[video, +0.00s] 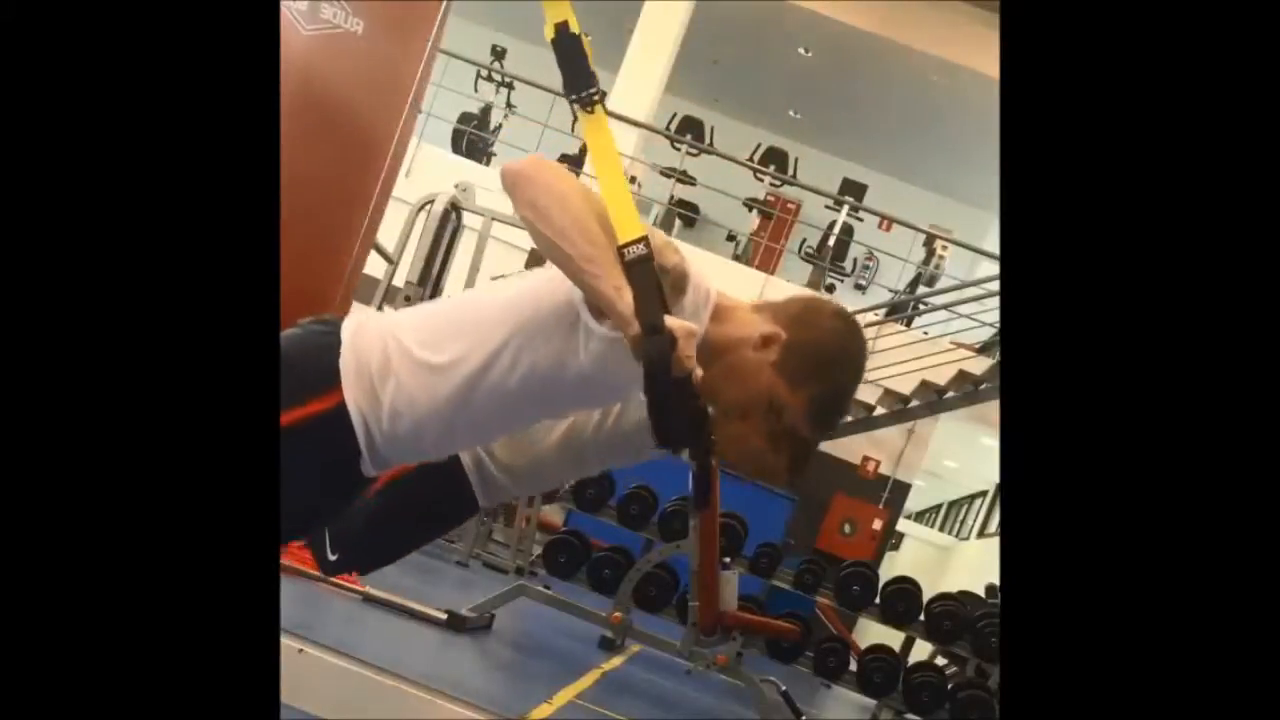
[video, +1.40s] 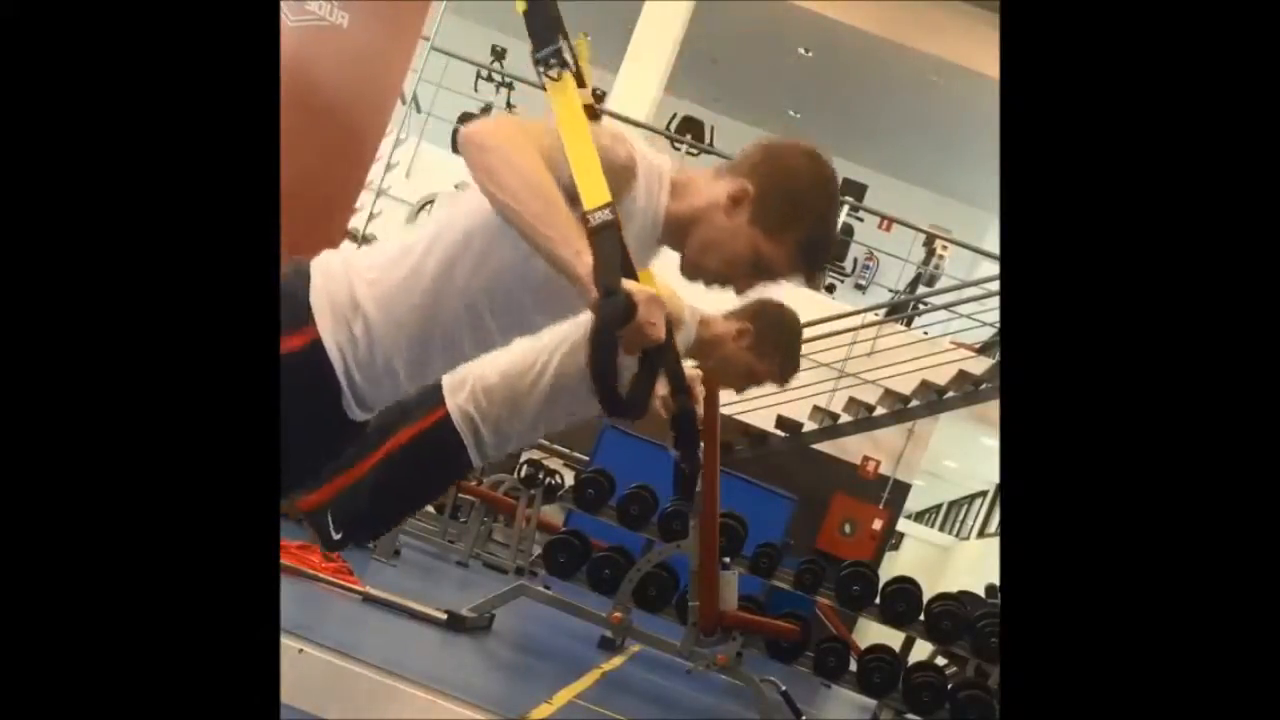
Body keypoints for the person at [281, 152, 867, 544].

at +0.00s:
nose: (749, 423)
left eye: (768, 423)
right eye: (768, 410)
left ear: (766, 338)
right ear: (767, 341)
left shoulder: (678, 367)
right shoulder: (667, 277)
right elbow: (528, 177)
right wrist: (629, 313)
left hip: (357, 448)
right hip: (326, 402)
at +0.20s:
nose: (731, 354)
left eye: (752, 354)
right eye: (750, 338)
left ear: (748, 258)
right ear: (748, 263)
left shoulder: (660, 305)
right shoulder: (647, 211)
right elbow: (511, 152)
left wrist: (666, 393)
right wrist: (612, 307)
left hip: (349, 414)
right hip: (311, 345)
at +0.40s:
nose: (721, 278)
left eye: (741, 274)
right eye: (738, 261)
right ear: (729, 191)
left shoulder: (633, 233)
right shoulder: (615, 140)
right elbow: (500, 139)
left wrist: (656, 372)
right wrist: (597, 289)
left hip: (345, 361)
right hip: (307, 300)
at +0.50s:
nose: (714, 243)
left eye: (735, 237)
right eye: (732, 222)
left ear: (722, 142)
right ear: (721, 147)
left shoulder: (622, 213)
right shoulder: (603, 106)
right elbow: (497, 134)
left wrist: (667, 385)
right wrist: (593, 276)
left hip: (343, 352)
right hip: (298, 287)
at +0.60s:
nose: (706, 200)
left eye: (728, 194)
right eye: (721, 177)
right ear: (700, 109)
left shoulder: (612, 173)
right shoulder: (578, 75)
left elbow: (610, 278)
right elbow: (500, 142)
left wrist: (656, 375)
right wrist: (594, 282)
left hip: (338, 342)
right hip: (295, 278)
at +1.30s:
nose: (727, 234)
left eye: (745, 228)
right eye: (741, 213)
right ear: (719, 146)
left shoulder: (624, 211)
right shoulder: (603, 115)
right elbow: (485, 132)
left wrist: (660, 396)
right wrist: (587, 281)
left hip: (353, 373)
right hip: (310, 316)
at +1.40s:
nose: (743, 287)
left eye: (761, 281)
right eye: (757, 266)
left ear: (739, 195)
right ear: (740, 198)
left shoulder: (646, 244)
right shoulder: (622, 159)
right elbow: (488, 139)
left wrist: (648, 391)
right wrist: (603, 280)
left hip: (360, 400)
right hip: (318, 341)